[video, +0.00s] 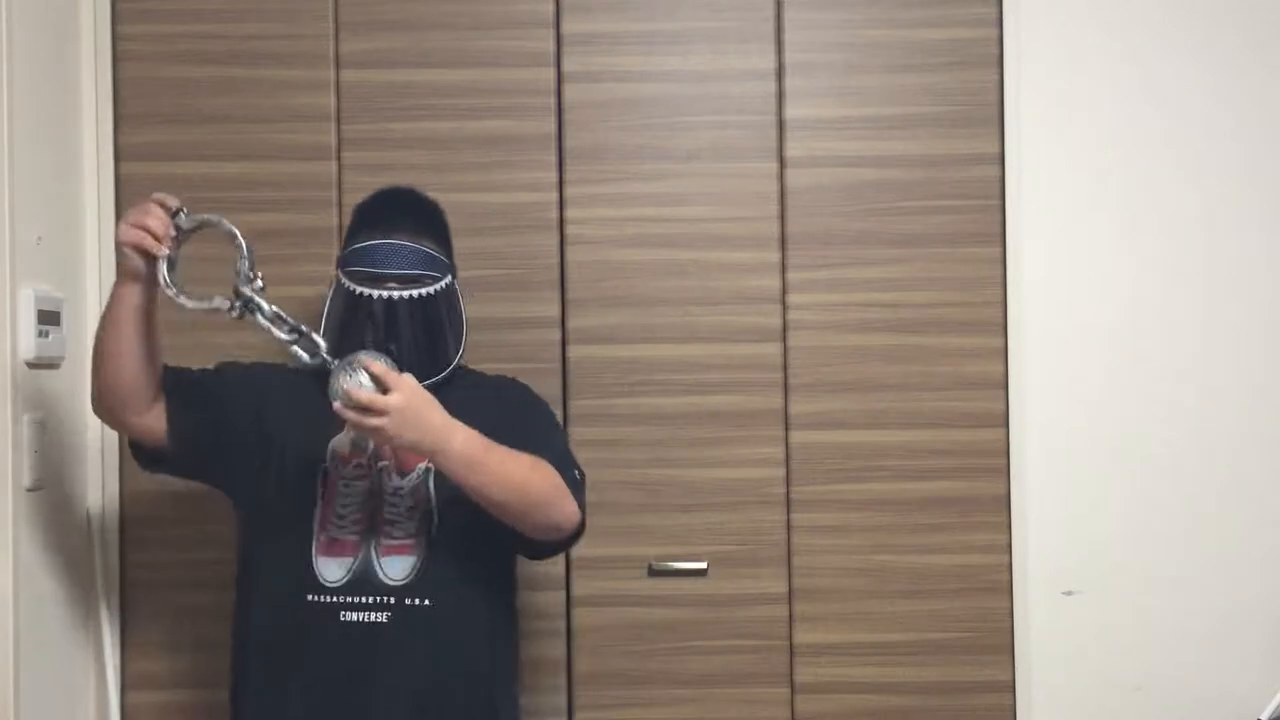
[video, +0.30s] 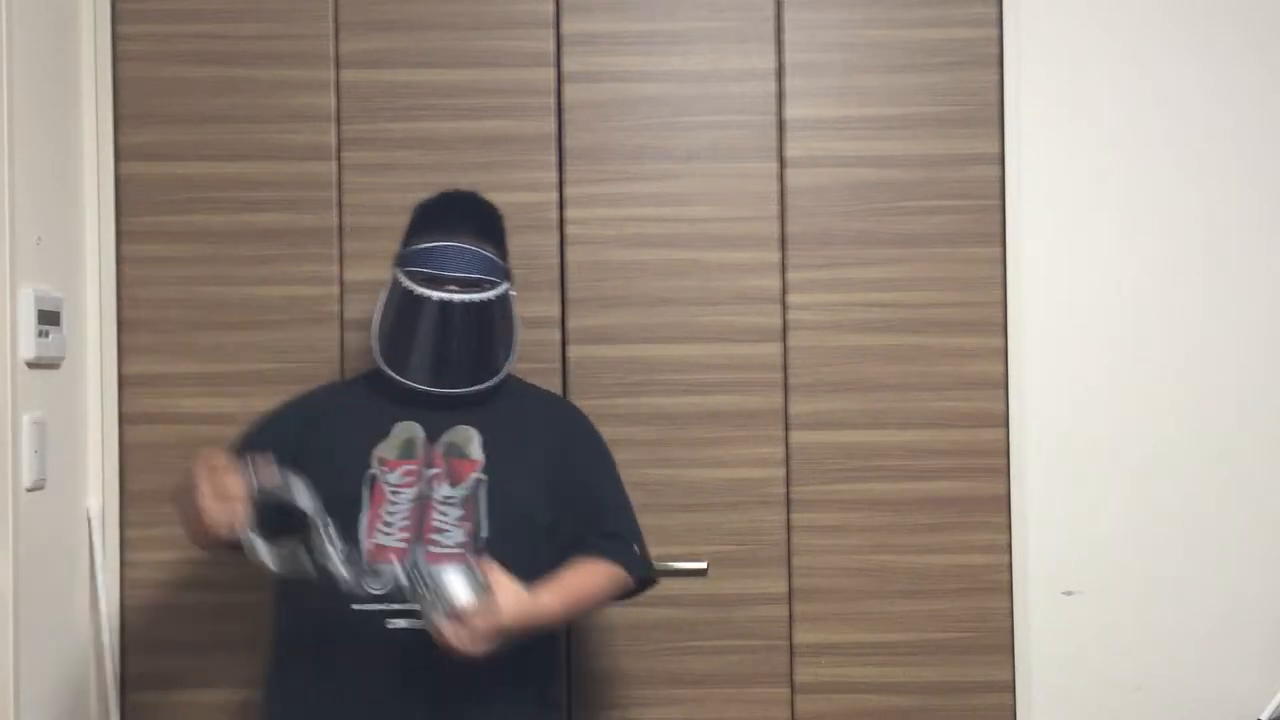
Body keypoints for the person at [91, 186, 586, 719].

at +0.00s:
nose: (390, 301)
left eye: (413, 281)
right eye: (371, 279)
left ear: (448, 289)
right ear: (339, 282)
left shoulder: (501, 409)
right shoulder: (272, 401)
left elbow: (559, 519)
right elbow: (128, 405)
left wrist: (439, 436)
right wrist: (136, 280)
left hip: (453, 701)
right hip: (290, 700)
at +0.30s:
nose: (444, 317)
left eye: (466, 299)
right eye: (427, 295)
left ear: (500, 304)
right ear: (395, 294)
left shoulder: (554, 431)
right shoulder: (322, 419)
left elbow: (622, 558)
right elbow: (220, 525)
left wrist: (527, 608)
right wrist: (214, 498)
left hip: (498, 707)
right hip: (332, 704)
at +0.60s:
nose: (575, 331)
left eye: (596, 311)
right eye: (555, 311)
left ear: (627, 309)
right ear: (522, 307)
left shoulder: (695, 435)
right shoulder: (459, 441)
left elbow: (748, 574)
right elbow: (405, 559)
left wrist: (720, 684)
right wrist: (420, 618)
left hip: (659, 699)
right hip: (506, 700)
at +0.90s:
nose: (635, 305)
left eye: (657, 284)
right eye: (613, 285)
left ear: (686, 289)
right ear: (575, 290)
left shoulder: (748, 404)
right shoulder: (530, 409)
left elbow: (885, 488)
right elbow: (415, 453)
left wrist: (829, 413)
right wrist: (483, 337)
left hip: (727, 695)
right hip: (576, 697)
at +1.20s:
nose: (624, 309)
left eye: (645, 289)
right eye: (604, 290)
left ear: (674, 290)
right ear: (572, 290)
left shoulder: (744, 399)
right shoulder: (524, 408)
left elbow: (870, 495)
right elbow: (403, 469)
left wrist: (807, 477)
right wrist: (474, 372)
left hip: (729, 694)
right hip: (575, 695)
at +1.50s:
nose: (539, 338)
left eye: (560, 319)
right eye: (520, 319)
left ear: (592, 316)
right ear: (488, 315)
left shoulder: (658, 439)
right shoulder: (428, 439)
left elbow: (707, 572)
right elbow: (371, 548)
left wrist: (679, 670)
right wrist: (371, 603)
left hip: (614, 703)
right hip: (467, 701)